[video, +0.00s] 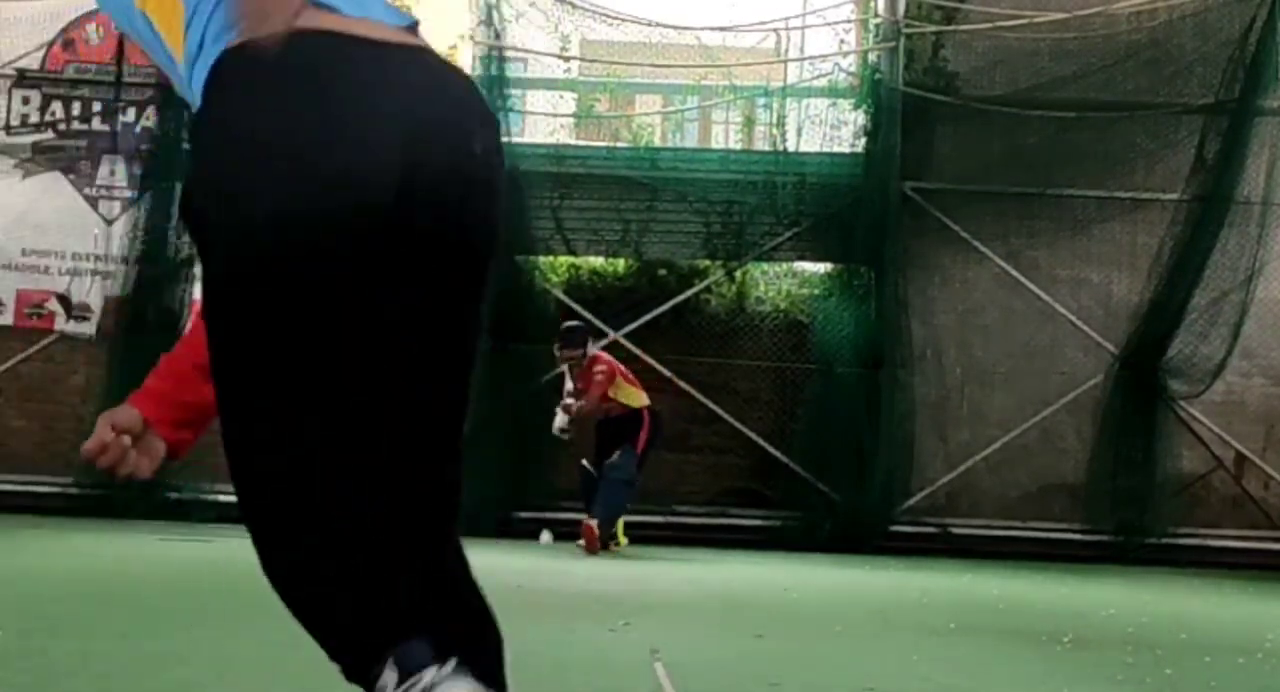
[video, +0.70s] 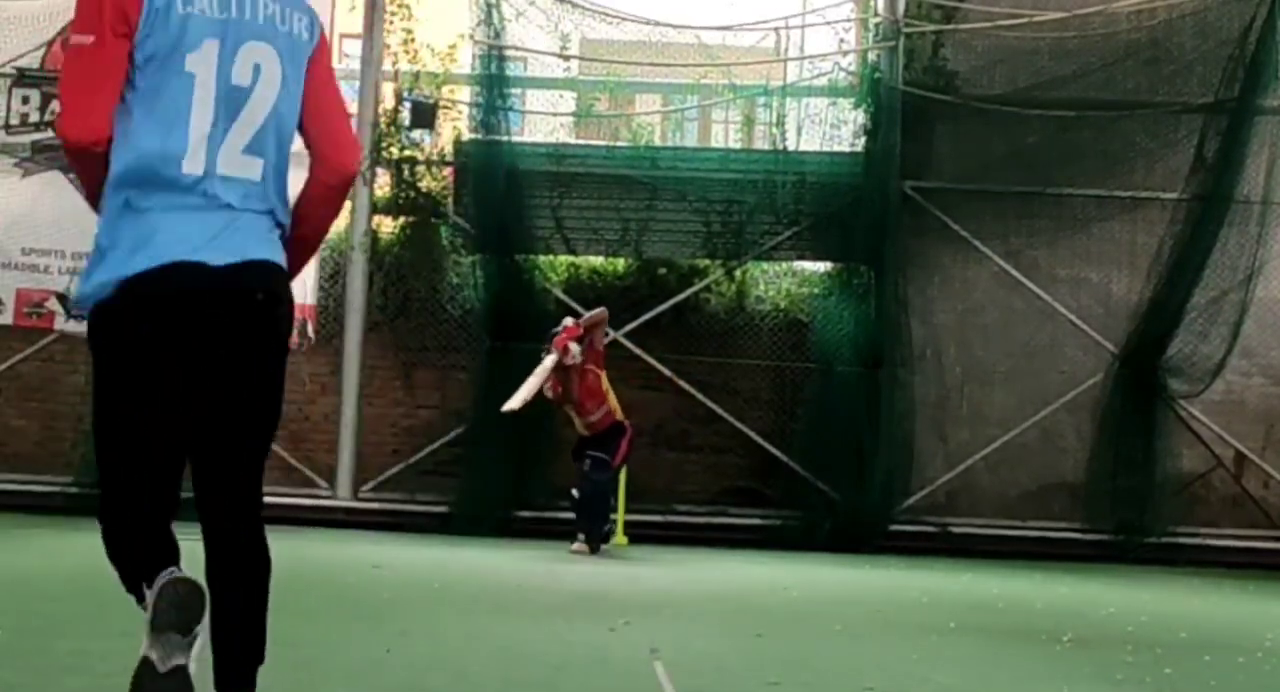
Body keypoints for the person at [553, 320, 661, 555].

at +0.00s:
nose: (571, 364)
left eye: (575, 358)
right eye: (566, 359)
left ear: (586, 351)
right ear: (561, 354)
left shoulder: (602, 364)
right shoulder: (571, 367)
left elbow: (592, 402)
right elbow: (570, 393)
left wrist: (573, 408)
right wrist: (563, 414)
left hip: (636, 413)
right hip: (608, 416)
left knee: (620, 468)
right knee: (601, 470)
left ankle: (600, 529)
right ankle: (610, 532)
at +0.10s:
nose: (557, 365)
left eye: (560, 358)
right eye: (555, 359)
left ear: (573, 351)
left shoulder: (597, 351)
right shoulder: (571, 381)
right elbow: (585, 415)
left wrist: (577, 388)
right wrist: (574, 427)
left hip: (630, 414)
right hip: (603, 422)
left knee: (616, 471)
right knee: (600, 474)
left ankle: (593, 532)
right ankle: (606, 532)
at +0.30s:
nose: (545, 370)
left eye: (548, 364)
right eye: (544, 365)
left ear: (561, 358)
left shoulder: (590, 366)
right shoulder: (564, 384)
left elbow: (590, 334)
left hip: (627, 425)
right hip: (603, 432)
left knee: (607, 478)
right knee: (597, 480)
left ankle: (592, 537)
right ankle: (600, 535)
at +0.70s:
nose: (572, 355)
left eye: (574, 349)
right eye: (565, 352)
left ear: (580, 346)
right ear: (559, 356)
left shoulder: (593, 360)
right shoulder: (559, 381)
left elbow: (603, 314)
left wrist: (578, 326)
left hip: (614, 428)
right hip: (588, 436)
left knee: (597, 476)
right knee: (586, 481)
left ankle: (588, 536)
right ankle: (598, 530)